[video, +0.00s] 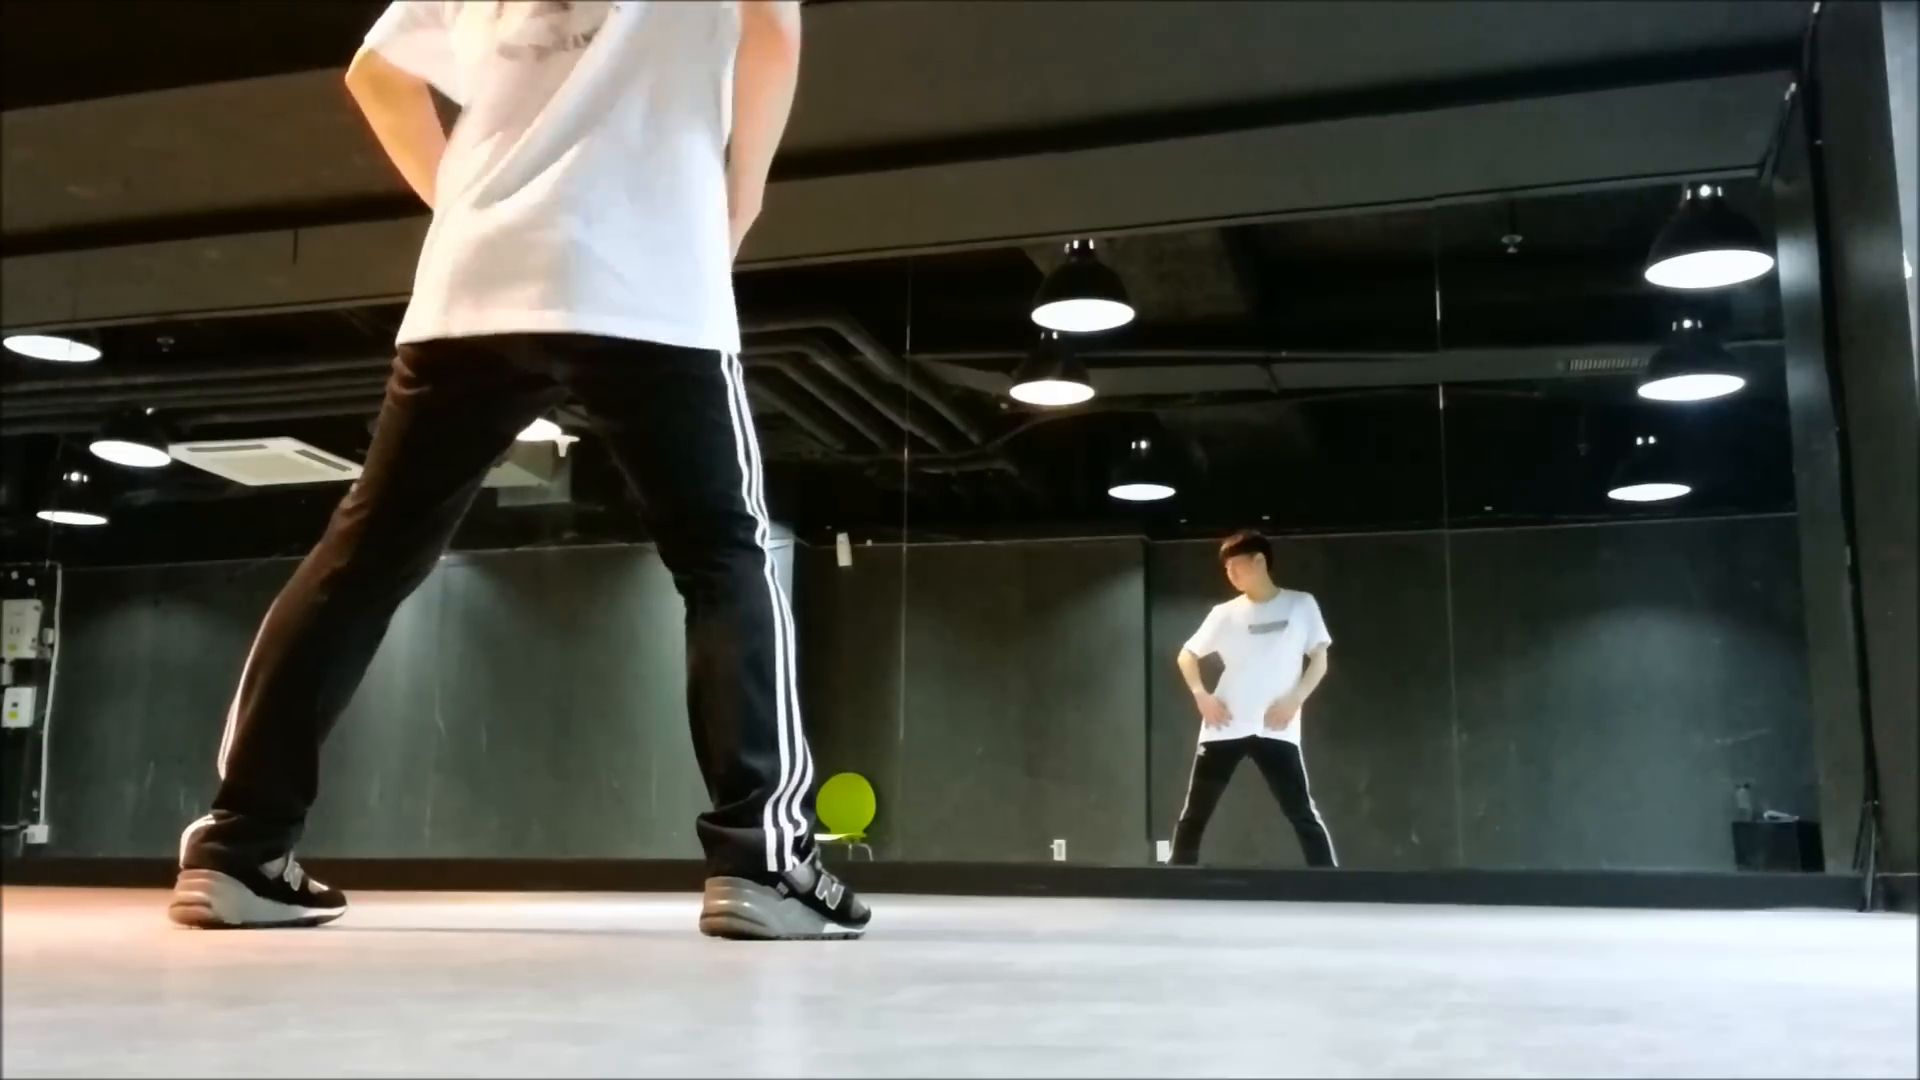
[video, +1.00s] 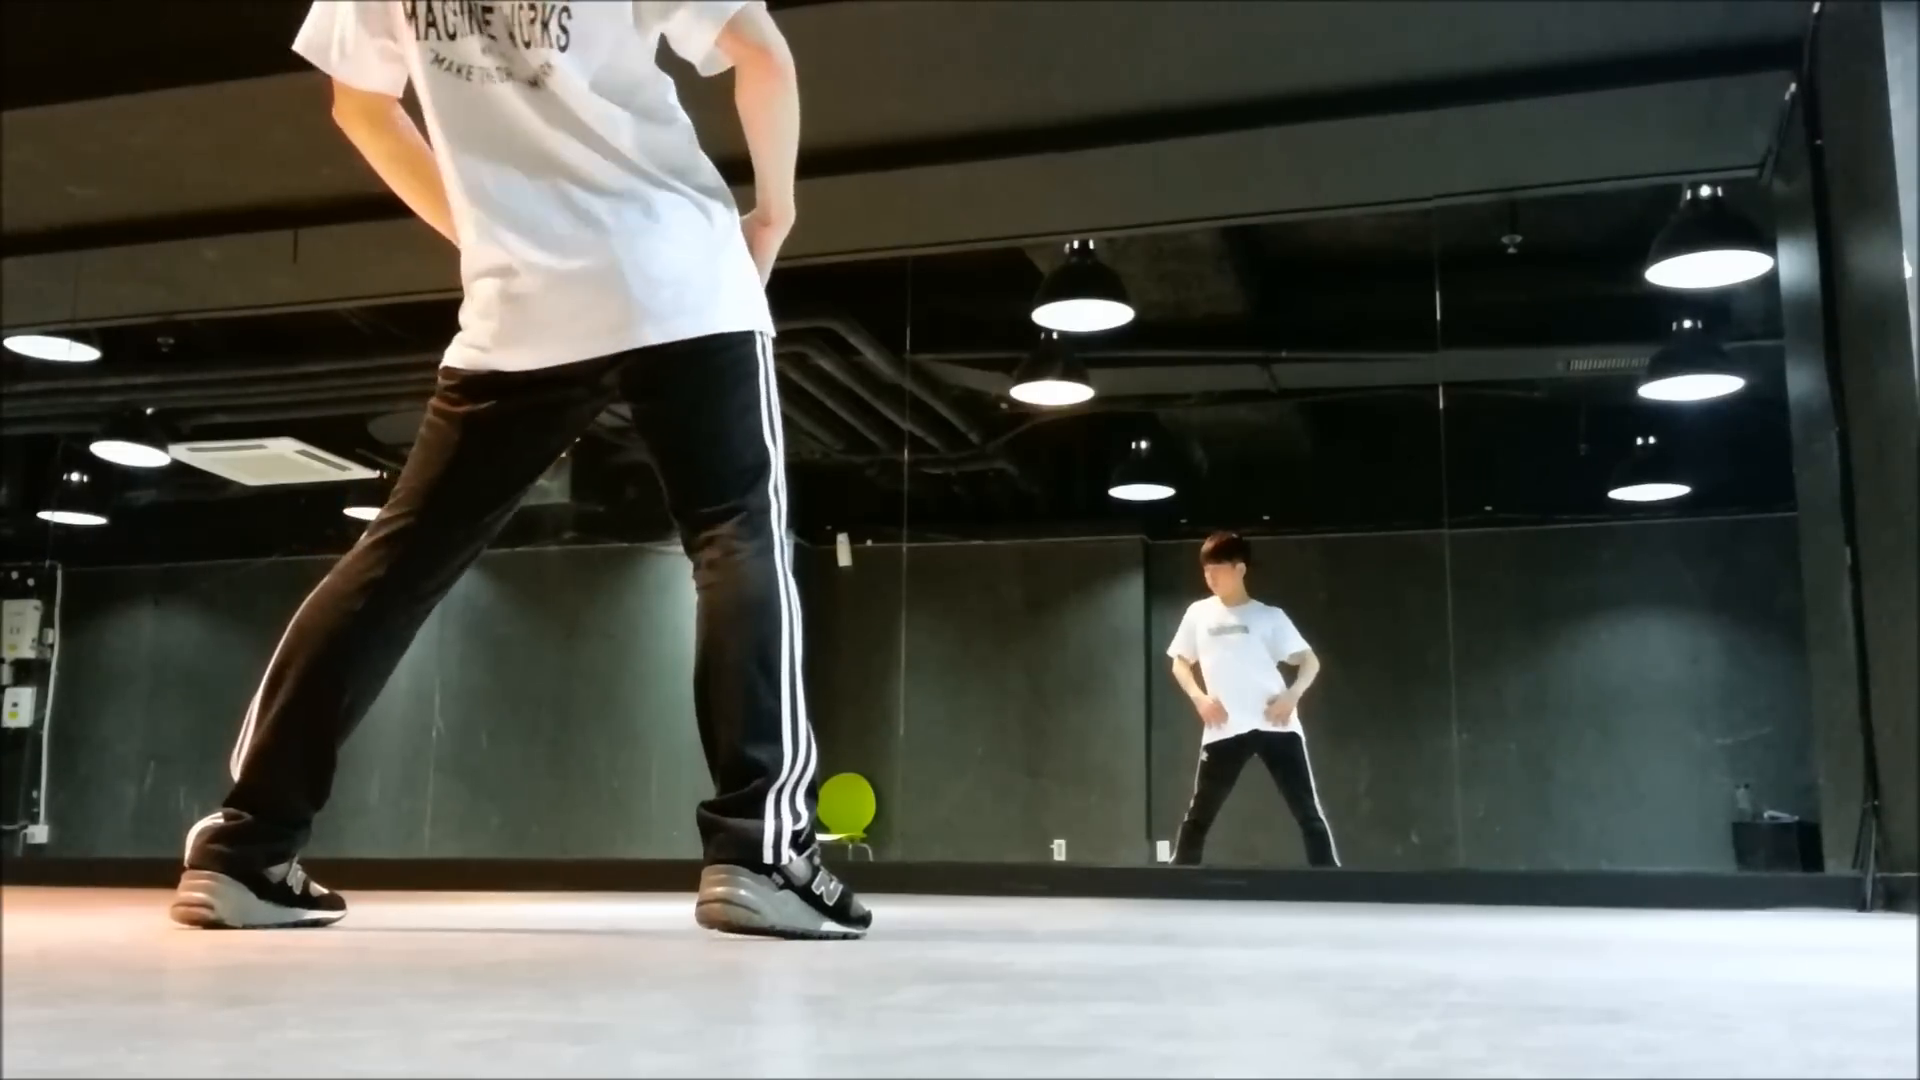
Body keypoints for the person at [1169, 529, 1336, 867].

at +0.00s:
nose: (1230, 573)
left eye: (1235, 565)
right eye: (1227, 567)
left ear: (1259, 561)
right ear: (1227, 571)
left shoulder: (1302, 605)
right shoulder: (1224, 614)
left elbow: (1320, 661)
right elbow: (1186, 656)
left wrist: (1292, 701)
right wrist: (1201, 695)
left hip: (1276, 733)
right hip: (1222, 731)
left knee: (1302, 815)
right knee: (1193, 816)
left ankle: (1331, 890)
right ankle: (1176, 891)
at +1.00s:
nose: (1210, 576)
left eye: (1217, 567)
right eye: (1206, 568)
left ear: (1240, 568)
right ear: (1203, 572)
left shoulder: (1271, 617)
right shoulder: (1198, 614)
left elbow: (1311, 662)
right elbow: (1179, 663)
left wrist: (1292, 696)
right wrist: (1201, 699)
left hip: (1277, 730)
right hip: (1224, 732)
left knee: (1309, 814)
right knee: (1199, 816)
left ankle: (1333, 888)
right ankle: (1178, 890)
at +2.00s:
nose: (1242, 563)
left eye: (1251, 557)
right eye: (1235, 555)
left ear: (1262, 567)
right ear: (1223, 561)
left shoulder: (1277, 614)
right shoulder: (1201, 609)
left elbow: (1316, 658)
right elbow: (1181, 661)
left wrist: (1295, 696)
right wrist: (1205, 699)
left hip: (1280, 728)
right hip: (1228, 731)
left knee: (1309, 813)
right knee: (1200, 815)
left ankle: (1333, 889)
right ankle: (1178, 889)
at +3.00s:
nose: (1245, 558)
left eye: (1253, 552)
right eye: (1238, 552)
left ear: (1266, 562)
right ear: (1227, 560)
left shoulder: (1285, 611)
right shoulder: (1208, 609)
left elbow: (1316, 661)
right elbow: (1185, 661)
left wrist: (1294, 697)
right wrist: (1202, 696)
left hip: (1276, 730)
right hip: (1224, 730)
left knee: (1306, 812)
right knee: (1197, 815)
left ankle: (1332, 888)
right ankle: (1178, 889)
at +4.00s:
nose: (1231, 572)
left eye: (1239, 565)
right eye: (1225, 569)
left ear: (1257, 572)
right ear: (1220, 582)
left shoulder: (1290, 624)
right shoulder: (1210, 625)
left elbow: (1326, 671)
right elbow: (1176, 671)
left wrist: (1303, 711)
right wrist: (1199, 715)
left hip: (1277, 745)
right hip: (1227, 745)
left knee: (1292, 825)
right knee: (1201, 826)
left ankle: (1339, 889)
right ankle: (1160, 888)